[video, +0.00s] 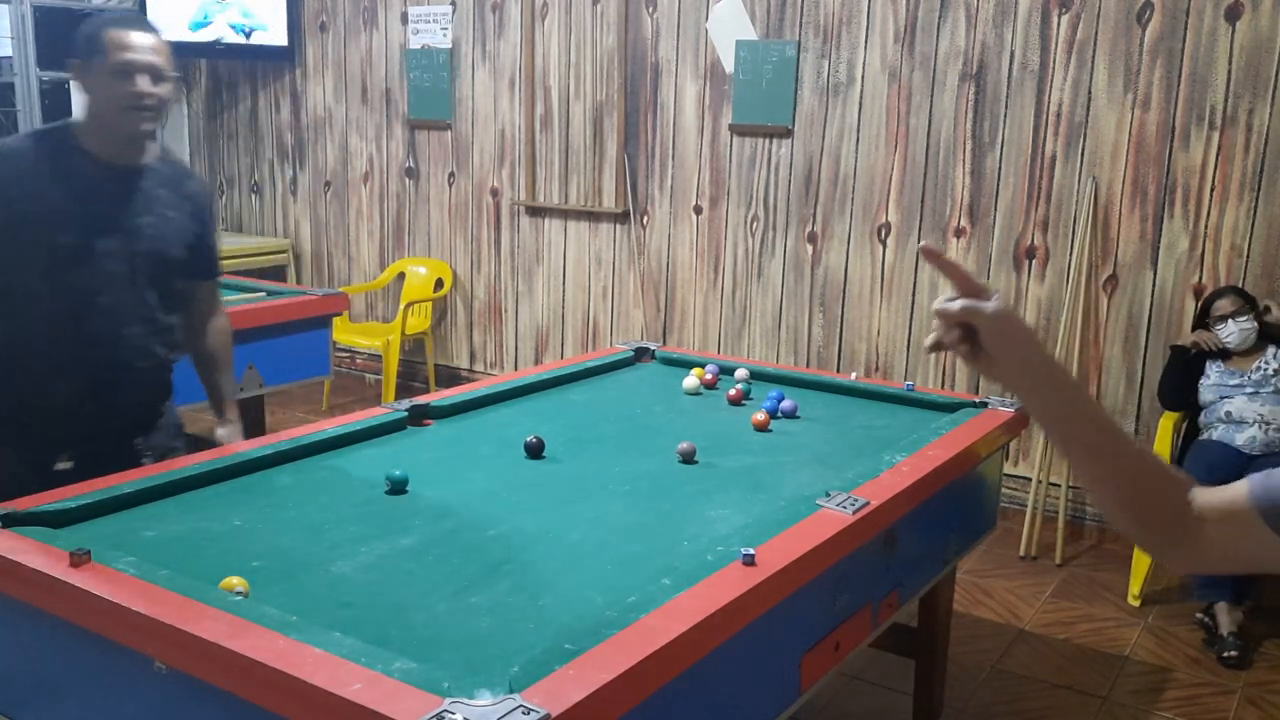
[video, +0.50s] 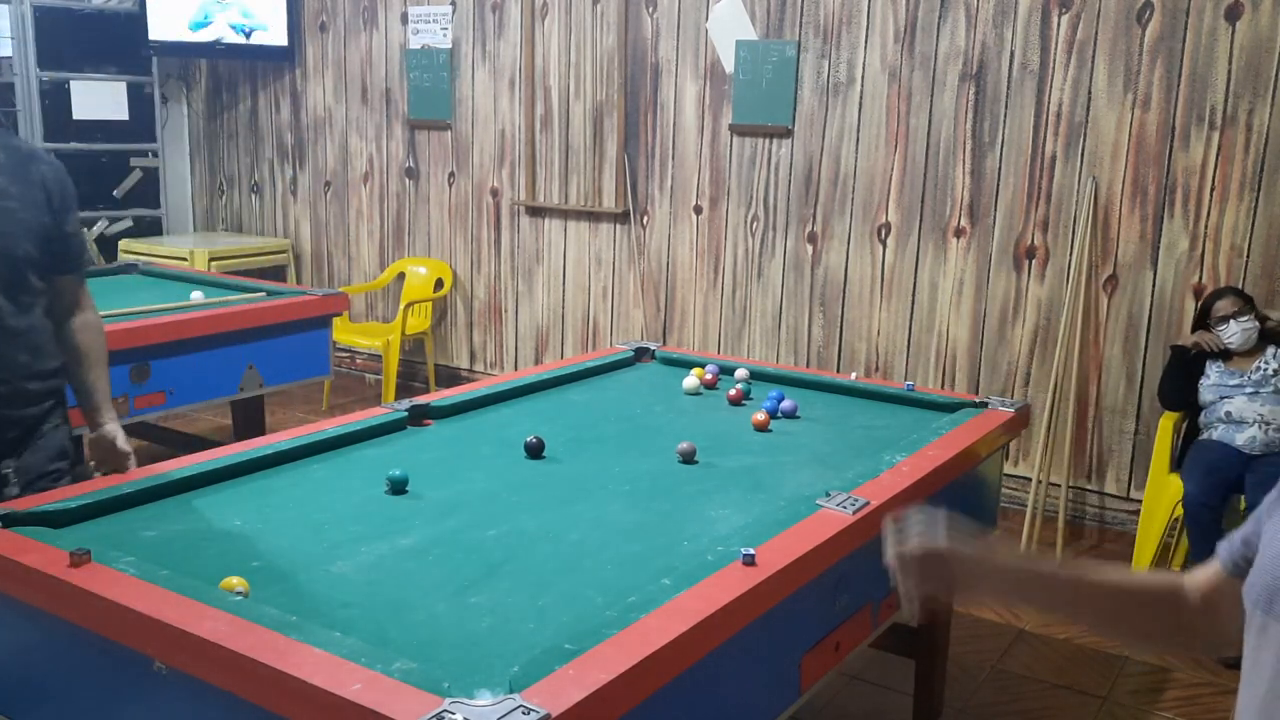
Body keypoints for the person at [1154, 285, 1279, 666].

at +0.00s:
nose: (1233, 324)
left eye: (1240, 315)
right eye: (1222, 320)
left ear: (1256, 317)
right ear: (1208, 328)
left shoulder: (1275, 353)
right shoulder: (1205, 362)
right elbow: (1171, 400)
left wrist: (1278, 327)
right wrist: (1185, 349)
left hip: (1272, 447)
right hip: (1219, 443)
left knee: (1257, 508)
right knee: (1203, 504)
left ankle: (1220, 604)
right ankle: (1225, 614)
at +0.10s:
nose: (1233, 324)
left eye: (1240, 315)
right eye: (1221, 320)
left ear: (1256, 317)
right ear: (1208, 328)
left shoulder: (1275, 353)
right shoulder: (1205, 361)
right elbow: (1171, 400)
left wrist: (1279, 326)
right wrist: (1185, 349)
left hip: (1272, 447)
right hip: (1219, 443)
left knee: (1256, 506)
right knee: (1202, 499)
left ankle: (1219, 604)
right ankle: (1225, 613)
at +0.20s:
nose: (1233, 324)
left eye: (1240, 315)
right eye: (1221, 320)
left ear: (1255, 317)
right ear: (1208, 328)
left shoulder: (1275, 353)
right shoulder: (1205, 362)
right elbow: (1171, 400)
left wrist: (1278, 329)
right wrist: (1185, 349)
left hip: (1272, 447)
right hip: (1220, 442)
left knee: (1256, 512)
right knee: (1198, 501)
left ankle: (1221, 605)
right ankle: (1226, 617)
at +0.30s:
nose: (1233, 325)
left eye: (1239, 315)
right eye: (1221, 320)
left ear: (1255, 317)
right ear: (1208, 328)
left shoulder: (1275, 352)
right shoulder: (1205, 362)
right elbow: (1171, 400)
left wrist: (1279, 330)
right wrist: (1186, 349)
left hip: (1271, 448)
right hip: (1218, 443)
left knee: (1255, 513)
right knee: (1200, 501)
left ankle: (1218, 604)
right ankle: (1226, 617)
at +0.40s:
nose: (1234, 324)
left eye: (1240, 315)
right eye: (1222, 320)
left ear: (1256, 317)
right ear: (1208, 328)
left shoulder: (1275, 352)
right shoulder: (1204, 361)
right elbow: (1171, 400)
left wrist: (1275, 329)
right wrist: (1185, 349)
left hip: (1271, 448)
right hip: (1217, 443)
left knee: (1264, 511)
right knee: (1199, 498)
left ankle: (1236, 619)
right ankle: (1223, 616)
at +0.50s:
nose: (1235, 326)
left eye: (1242, 315)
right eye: (1222, 322)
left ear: (1255, 315)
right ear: (1209, 330)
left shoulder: (1273, 353)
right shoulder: (1203, 361)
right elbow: (1171, 402)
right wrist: (1185, 347)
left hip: (1270, 447)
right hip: (1218, 442)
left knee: (1267, 503)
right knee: (1198, 495)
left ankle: (1263, 573)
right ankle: (1206, 571)